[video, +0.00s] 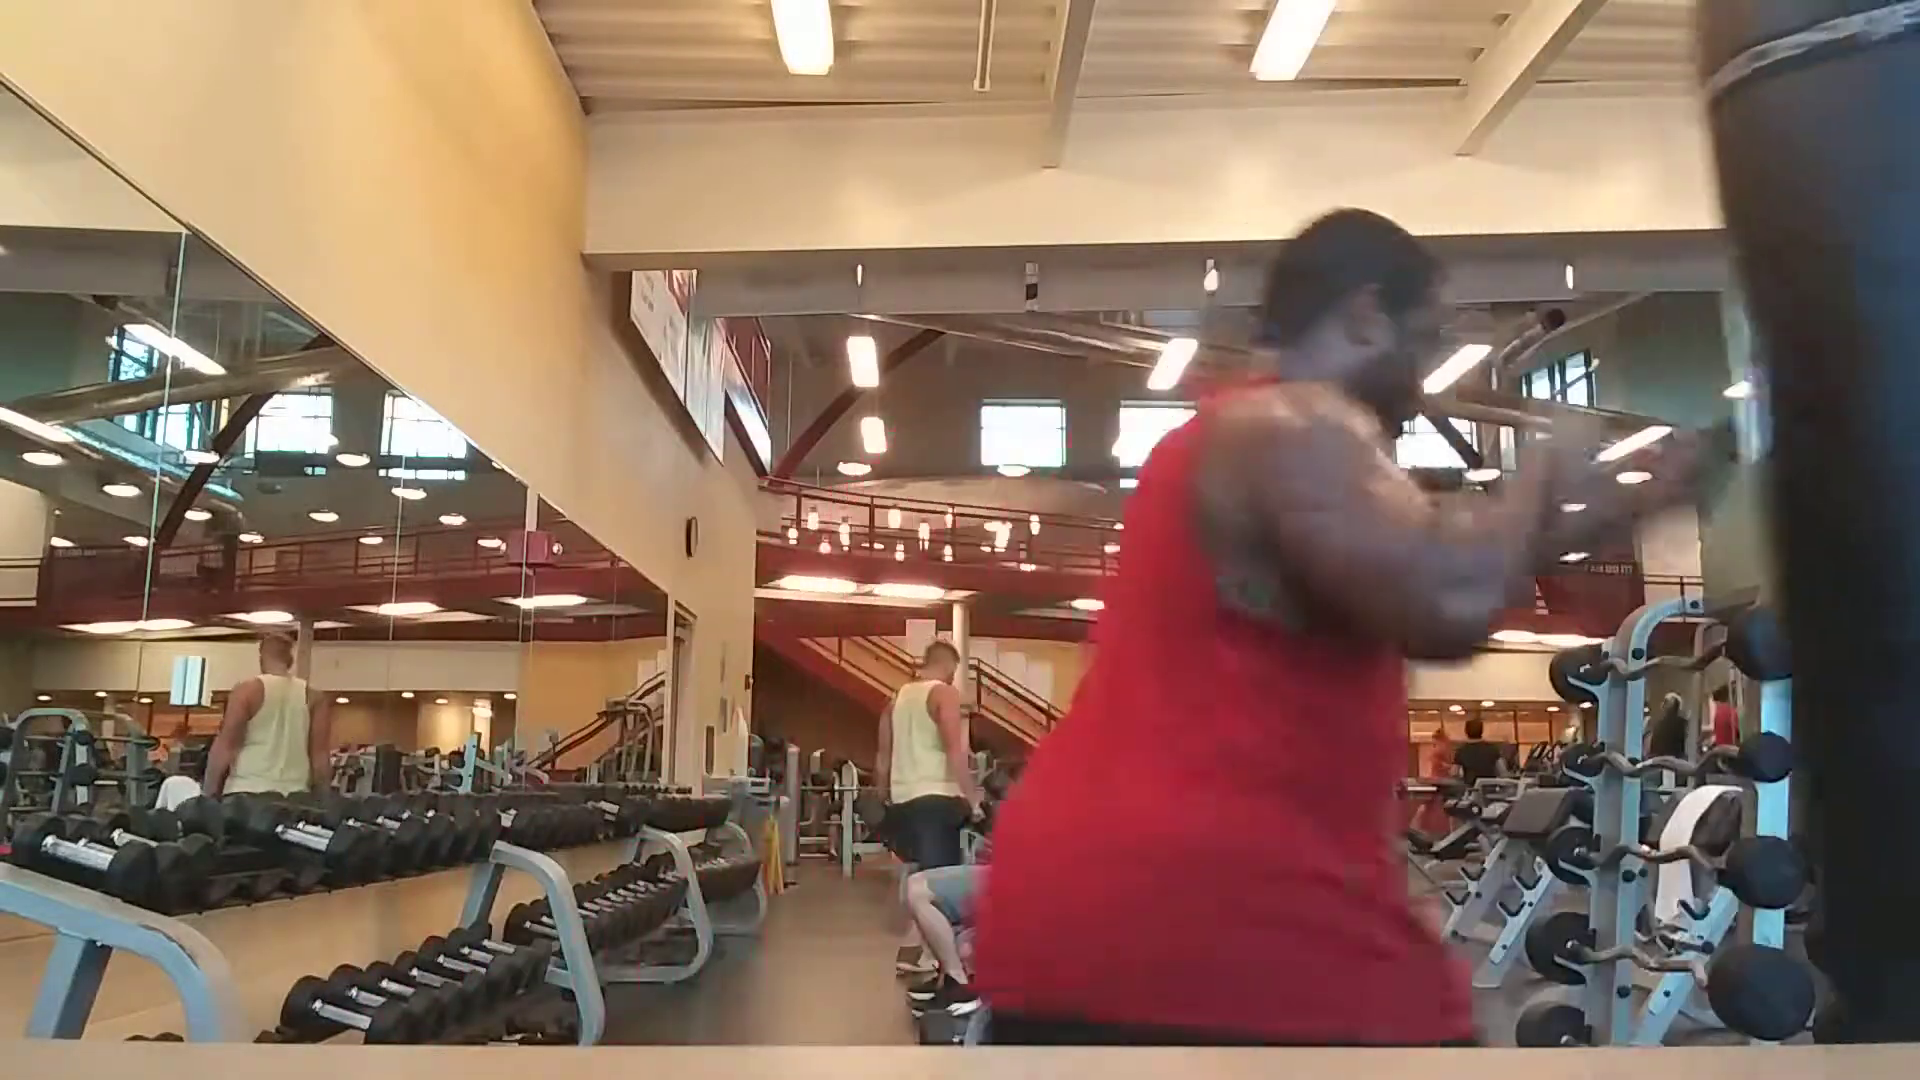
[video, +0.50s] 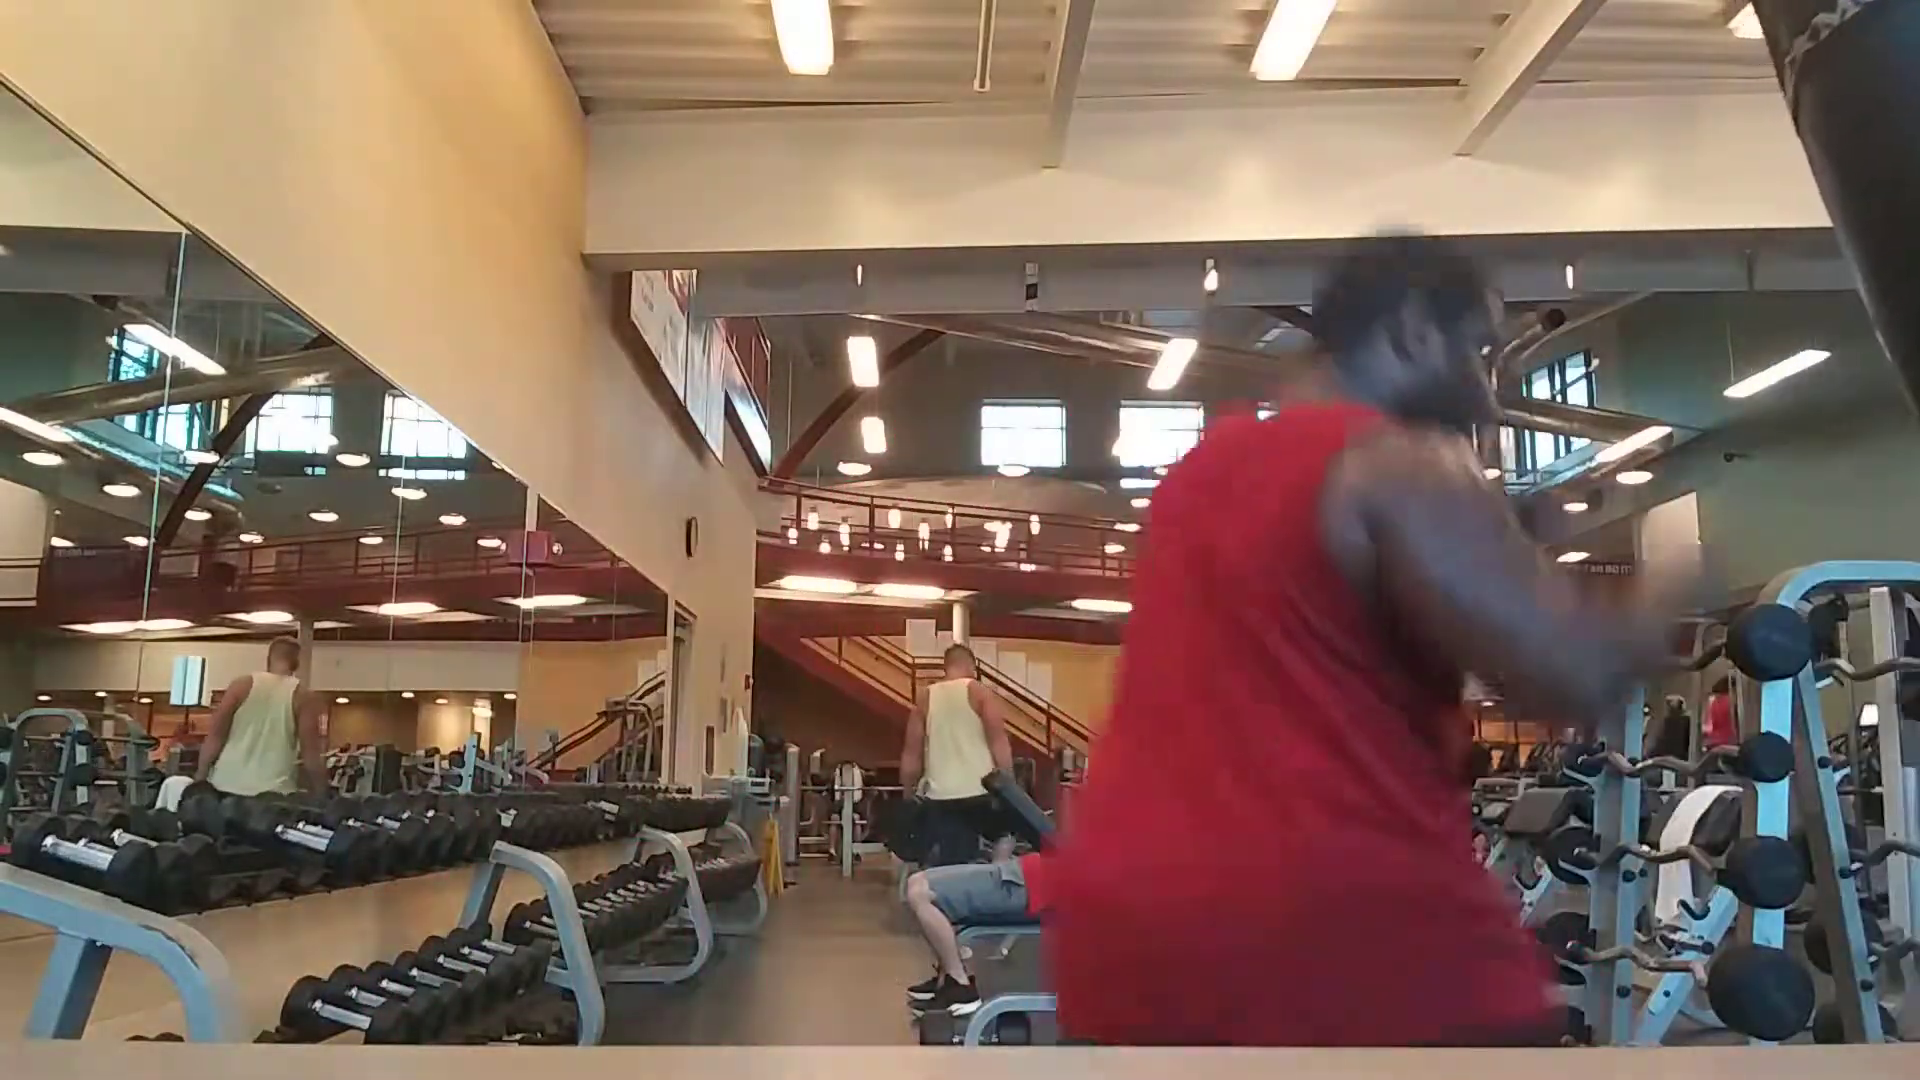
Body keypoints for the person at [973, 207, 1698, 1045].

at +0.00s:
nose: (1429, 370)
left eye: (1434, 345)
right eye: (1425, 338)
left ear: (1293, 319)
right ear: (1365, 316)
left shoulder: (1211, 434)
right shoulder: (1293, 427)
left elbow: (1444, 545)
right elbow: (1444, 606)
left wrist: (1611, 506)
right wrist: (1537, 471)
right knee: (1431, 1038)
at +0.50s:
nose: (1489, 389)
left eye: (1492, 357)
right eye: (1481, 351)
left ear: (1328, 341)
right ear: (1411, 334)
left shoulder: (1199, 468)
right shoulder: (1395, 462)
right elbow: (1568, 672)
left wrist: (1509, 533)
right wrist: (1659, 598)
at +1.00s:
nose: (1206, 354)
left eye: (1207, 336)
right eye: (1205, 327)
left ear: (1063, 295)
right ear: (1158, 302)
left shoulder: (924, 403)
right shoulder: (1123, 407)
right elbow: (1385, 501)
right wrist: (1597, 437)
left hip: (750, 914)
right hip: (962, 919)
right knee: (1226, 1043)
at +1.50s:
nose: (970, 348)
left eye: (975, 322)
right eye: (967, 315)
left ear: (830, 283)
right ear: (900, 287)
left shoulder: (652, 401)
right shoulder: (877, 424)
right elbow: (1135, 546)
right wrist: (1291, 488)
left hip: (538, 895)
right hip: (751, 894)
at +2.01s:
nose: (851, 351)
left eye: (856, 325)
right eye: (853, 320)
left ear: (706, 293)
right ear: (805, 294)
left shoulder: (566, 410)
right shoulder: (820, 437)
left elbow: (706, 536)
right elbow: (1001, 630)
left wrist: (906, 515)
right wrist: (1200, 645)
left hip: (547, 900)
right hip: (758, 886)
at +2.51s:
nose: (1032, 354)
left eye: (1040, 335)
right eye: (1035, 332)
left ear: (893, 302)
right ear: (987, 301)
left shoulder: (749, 422)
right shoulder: (1002, 415)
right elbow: (1163, 593)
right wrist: (1216, 521)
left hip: (729, 866)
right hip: (946, 860)